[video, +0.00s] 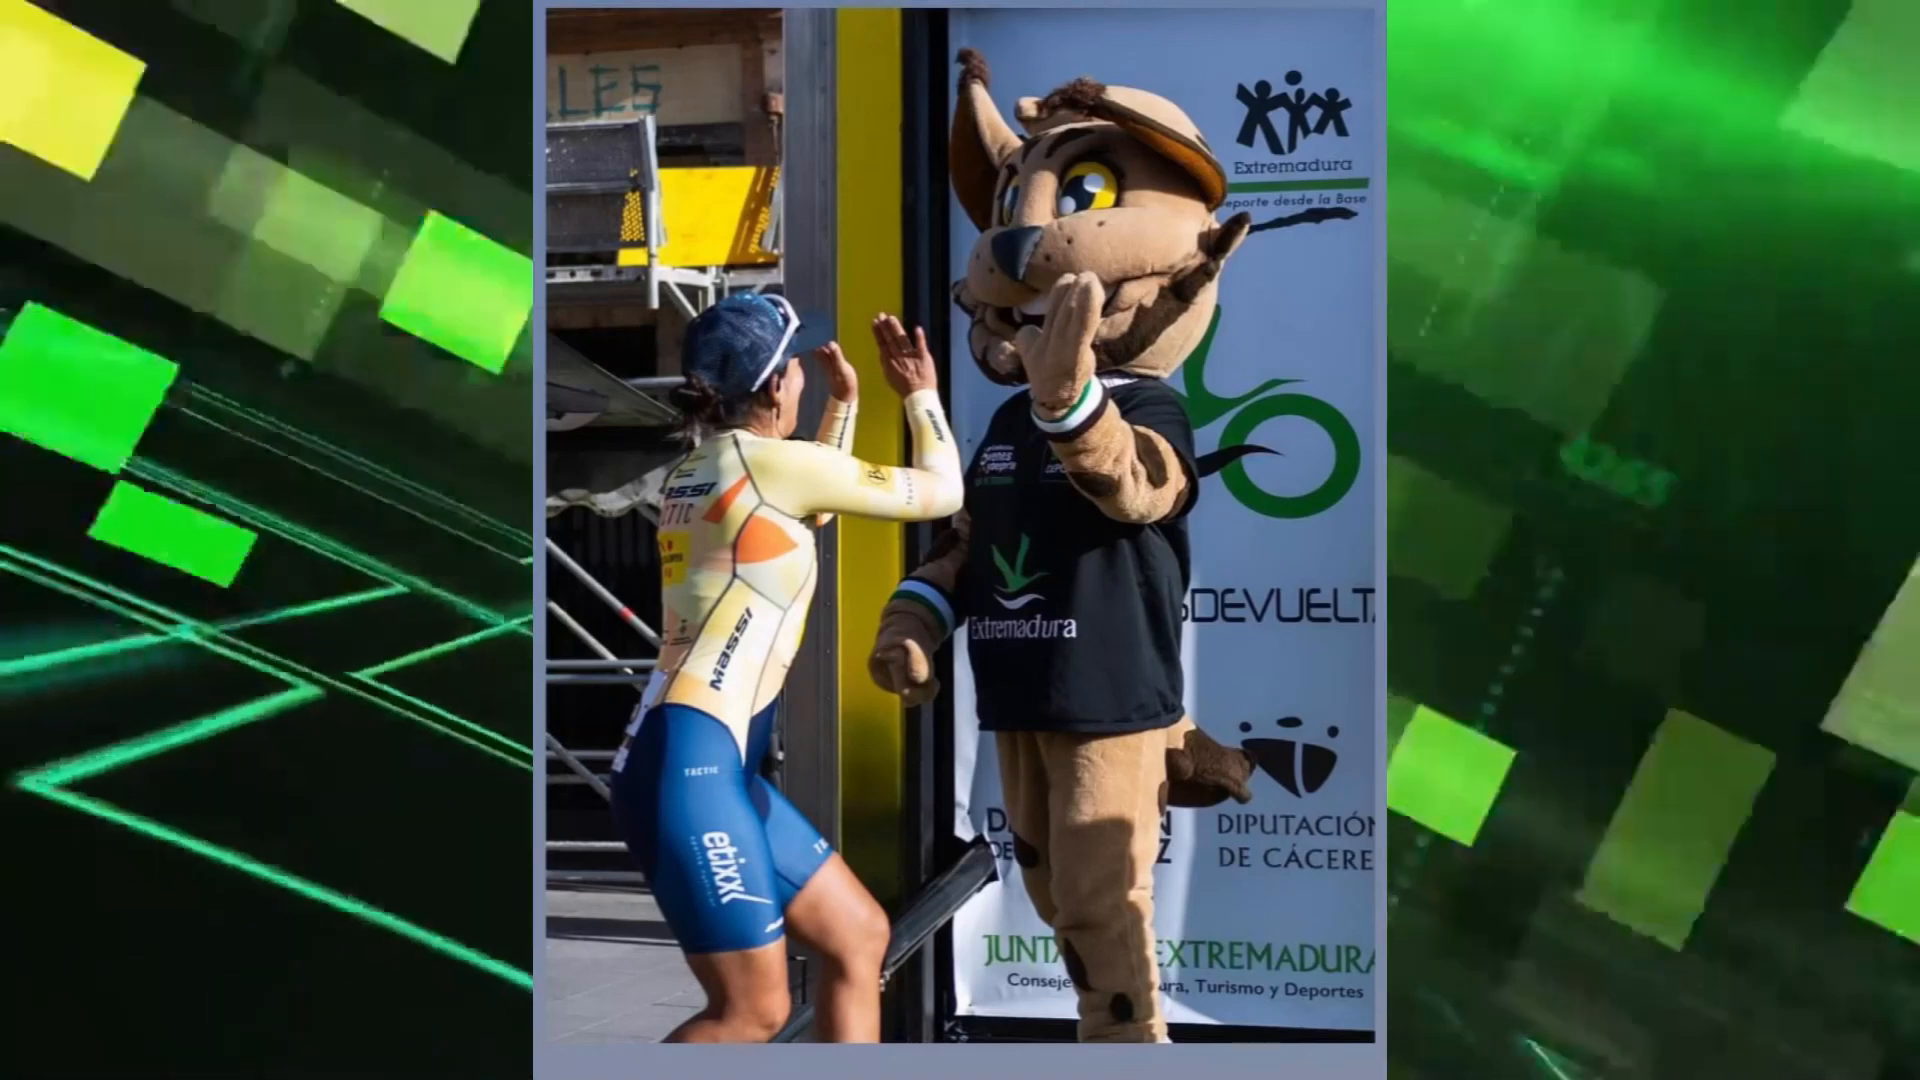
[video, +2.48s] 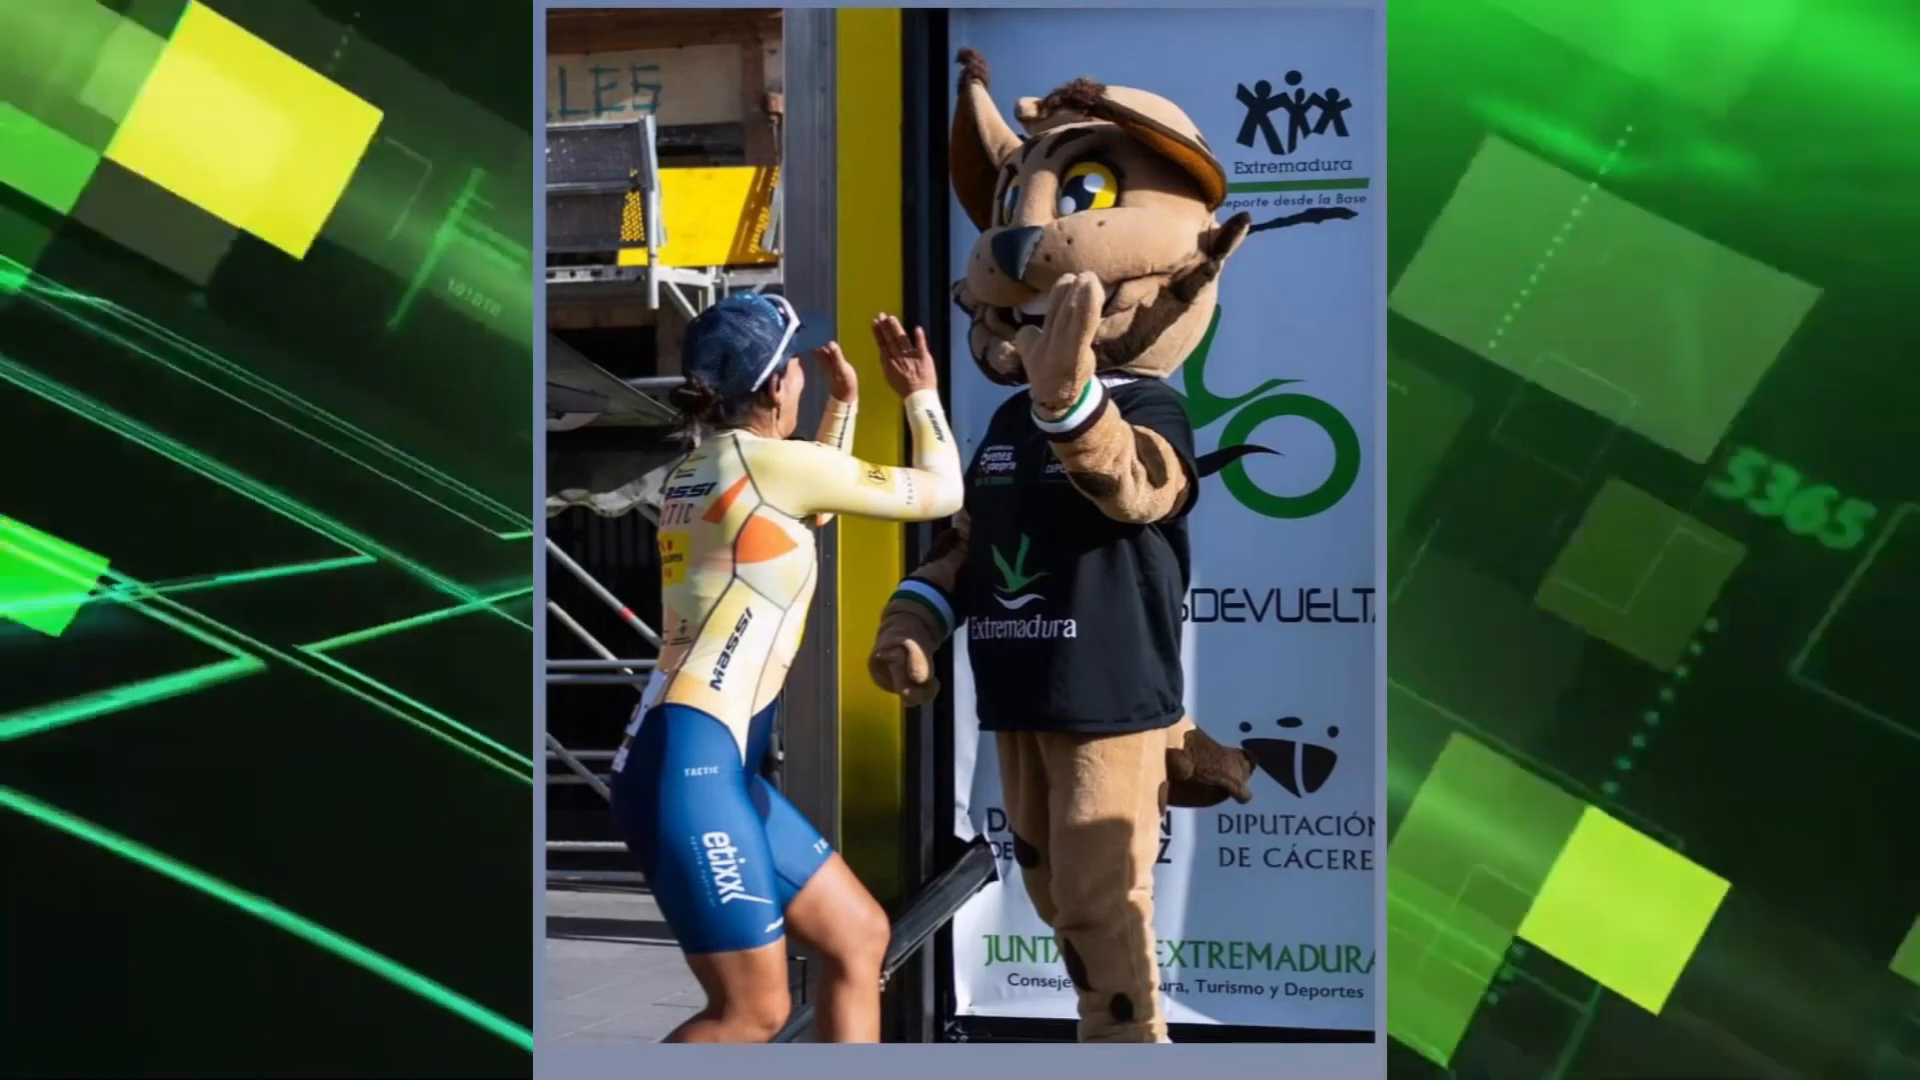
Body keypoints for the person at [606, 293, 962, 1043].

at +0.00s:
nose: (804, 376)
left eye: (800, 362)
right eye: (797, 363)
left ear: (714, 388)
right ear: (777, 380)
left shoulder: (693, 471)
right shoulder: (779, 465)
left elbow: (798, 495)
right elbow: (938, 492)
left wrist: (840, 413)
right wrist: (924, 396)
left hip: (714, 769)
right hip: (686, 774)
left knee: (860, 934)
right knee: (754, 1010)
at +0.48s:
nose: (804, 378)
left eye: (800, 363)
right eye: (797, 364)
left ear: (714, 387)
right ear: (777, 380)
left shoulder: (695, 471)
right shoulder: (779, 465)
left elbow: (801, 497)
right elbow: (939, 492)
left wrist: (841, 411)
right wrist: (924, 396)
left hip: (715, 769)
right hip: (686, 774)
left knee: (860, 933)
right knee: (754, 1009)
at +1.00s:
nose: (804, 378)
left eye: (800, 363)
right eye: (797, 365)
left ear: (715, 387)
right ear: (778, 380)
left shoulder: (694, 471)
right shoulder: (777, 465)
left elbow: (804, 498)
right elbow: (939, 492)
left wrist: (841, 411)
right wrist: (924, 396)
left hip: (714, 769)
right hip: (686, 774)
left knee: (860, 933)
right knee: (754, 1009)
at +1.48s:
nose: (803, 377)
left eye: (800, 363)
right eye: (797, 364)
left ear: (714, 387)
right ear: (777, 380)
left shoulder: (695, 471)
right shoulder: (779, 465)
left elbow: (801, 496)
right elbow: (939, 492)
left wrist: (841, 411)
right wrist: (924, 396)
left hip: (715, 769)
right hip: (686, 774)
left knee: (860, 933)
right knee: (754, 1009)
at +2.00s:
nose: (804, 377)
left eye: (800, 363)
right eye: (797, 364)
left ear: (715, 387)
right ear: (777, 380)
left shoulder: (693, 471)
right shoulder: (777, 464)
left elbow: (799, 496)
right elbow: (939, 492)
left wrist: (840, 413)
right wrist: (924, 396)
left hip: (714, 770)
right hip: (686, 774)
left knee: (860, 933)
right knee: (754, 1009)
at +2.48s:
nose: (803, 377)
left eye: (800, 363)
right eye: (797, 364)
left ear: (714, 387)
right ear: (778, 380)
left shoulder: (695, 471)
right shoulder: (779, 465)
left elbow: (801, 496)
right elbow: (938, 492)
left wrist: (841, 411)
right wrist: (924, 396)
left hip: (715, 769)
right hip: (686, 774)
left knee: (860, 933)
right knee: (754, 1009)